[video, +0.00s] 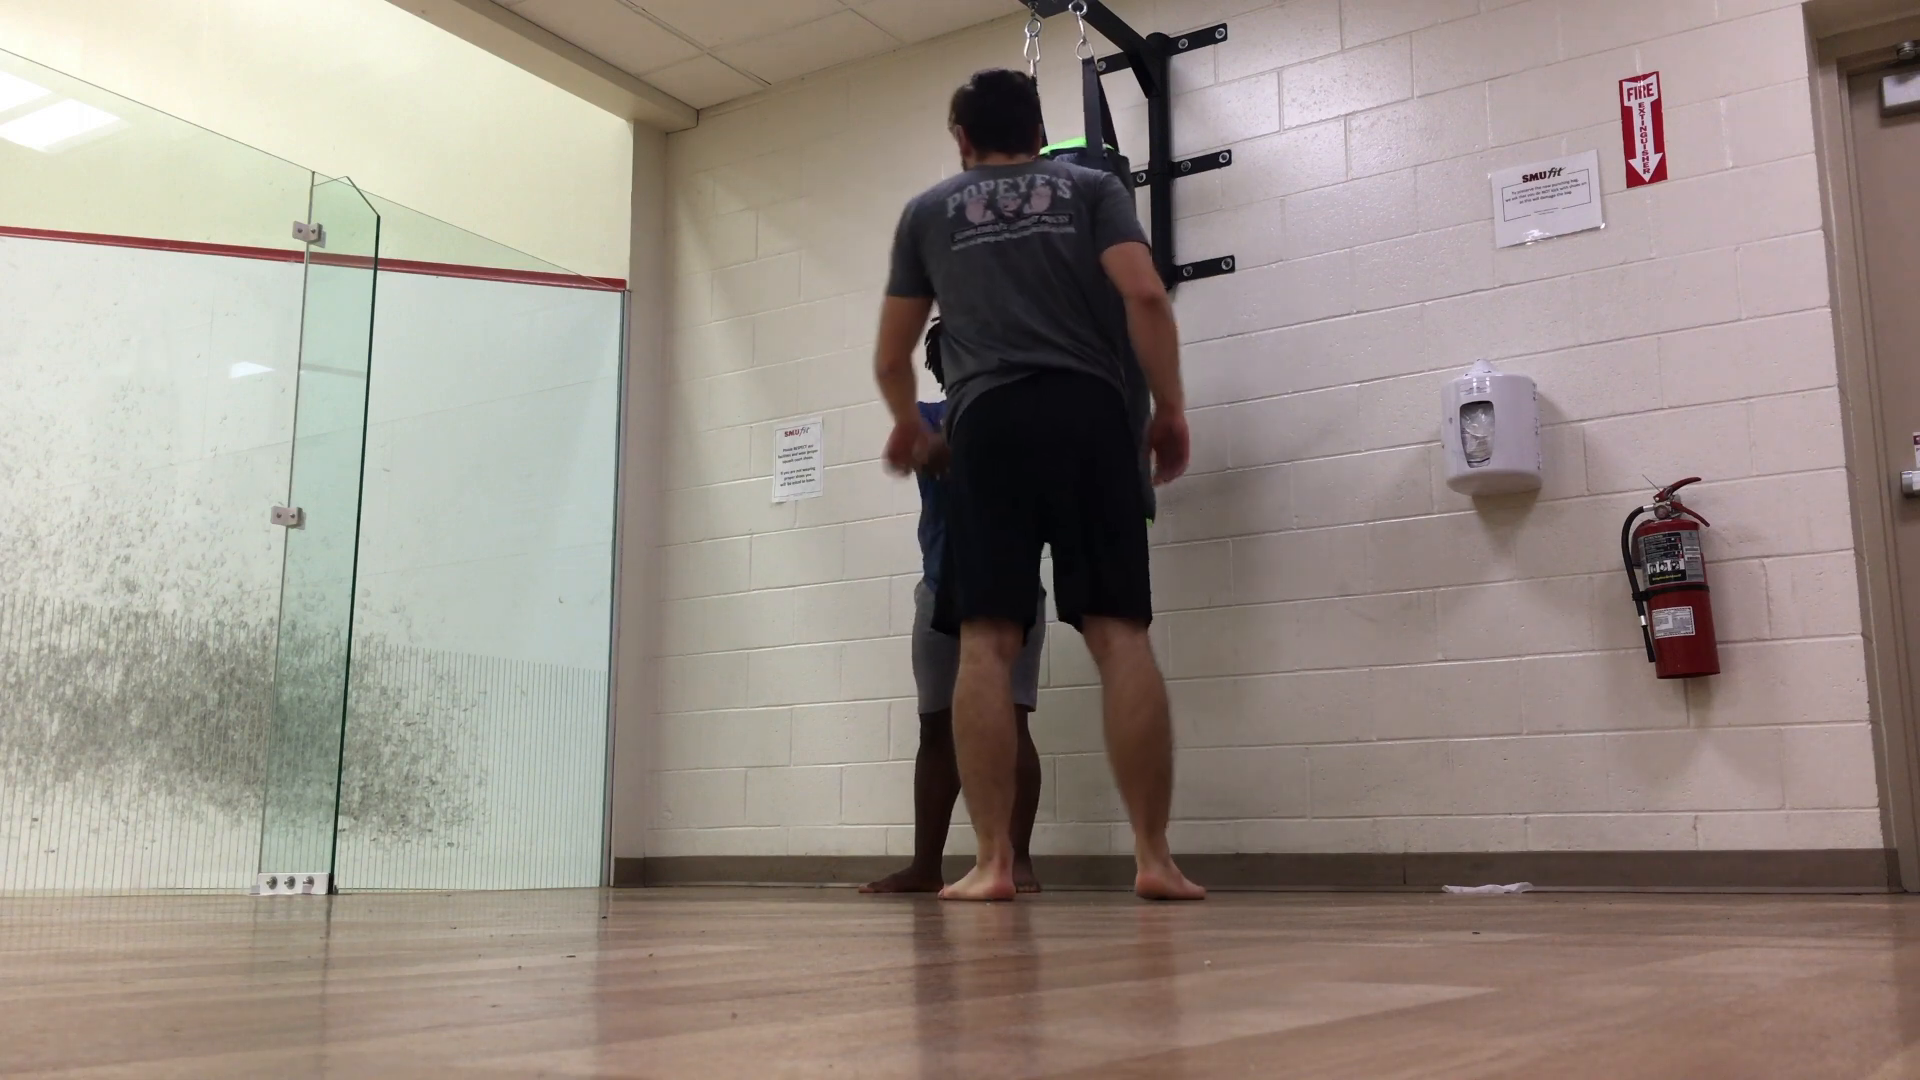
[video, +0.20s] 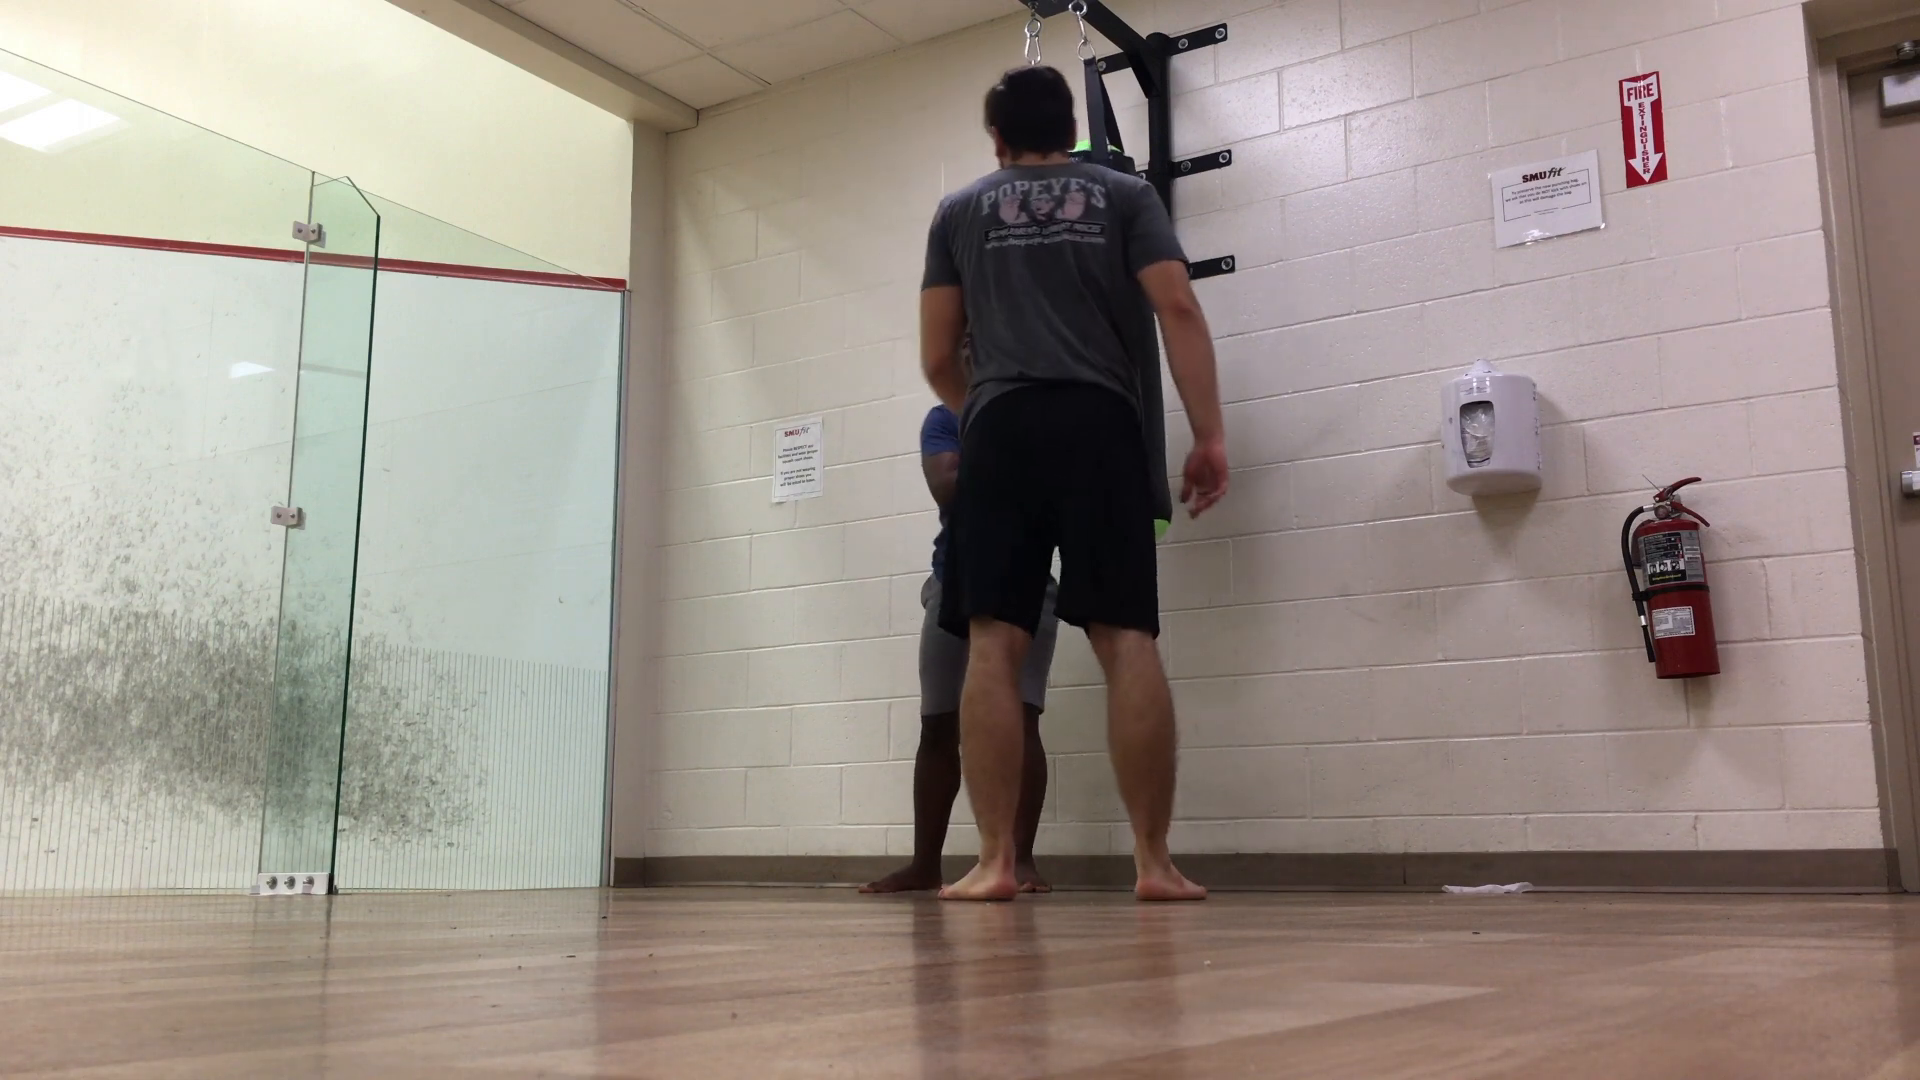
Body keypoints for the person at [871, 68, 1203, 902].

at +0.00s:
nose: (953, 150)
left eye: (952, 140)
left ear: (961, 141)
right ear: (1040, 133)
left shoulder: (927, 212)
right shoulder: (1092, 187)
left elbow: (893, 358)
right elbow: (1145, 292)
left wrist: (910, 425)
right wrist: (1171, 407)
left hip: (989, 440)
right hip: (1094, 430)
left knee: (985, 642)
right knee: (1120, 635)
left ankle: (994, 862)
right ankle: (1153, 857)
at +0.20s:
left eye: (992, 136)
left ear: (995, 139)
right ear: (1072, 130)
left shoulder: (958, 211)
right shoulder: (1125, 193)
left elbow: (939, 354)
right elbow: (1177, 306)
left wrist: (988, 416)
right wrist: (1208, 433)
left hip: (1002, 442)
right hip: (1109, 437)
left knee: (992, 645)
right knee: (1129, 641)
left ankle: (999, 862)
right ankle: (1153, 862)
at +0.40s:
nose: (1010, 141)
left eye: (1009, 129)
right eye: (1013, 130)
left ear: (1023, 129)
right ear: (1097, 129)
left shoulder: (978, 202)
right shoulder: (1146, 199)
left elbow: (954, 341)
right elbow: (1195, 321)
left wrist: (1004, 410)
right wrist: (1226, 446)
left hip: (1015, 442)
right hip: (1121, 440)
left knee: (1001, 641)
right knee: (1138, 642)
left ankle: (999, 860)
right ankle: (1153, 860)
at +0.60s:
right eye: (1104, 120)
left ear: (1020, 131)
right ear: (1102, 127)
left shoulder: (992, 197)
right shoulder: (1158, 205)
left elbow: (943, 334)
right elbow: (1201, 340)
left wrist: (984, 412)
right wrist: (1211, 459)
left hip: (1019, 443)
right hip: (1123, 445)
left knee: (983, 637)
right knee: (1140, 644)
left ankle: (998, 843)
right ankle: (1154, 861)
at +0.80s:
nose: (1013, 138)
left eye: (1012, 128)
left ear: (1013, 131)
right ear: (1096, 127)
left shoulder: (982, 199)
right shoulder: (1152, 202)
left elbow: (958, 347)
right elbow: (1197, 341)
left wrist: (995, 393)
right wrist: (1182, 449)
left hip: (1006, 439)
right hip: (1111, 445)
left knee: (937, 631)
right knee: (1131, 643)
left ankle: (918, 830)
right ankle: (1153, 860)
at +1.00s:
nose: (980, 137)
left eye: (972, 124)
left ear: (971, 133)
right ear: (1050, 136)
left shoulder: (918, 213)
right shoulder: (1091, 205)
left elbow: (889, 351)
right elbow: (1142, 335)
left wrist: (957, 386)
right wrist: (1161, 446)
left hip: (961, 448)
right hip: (1074, 450)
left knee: (920, 645)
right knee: (1107, 652)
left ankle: (891, 861)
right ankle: (1151, 858)